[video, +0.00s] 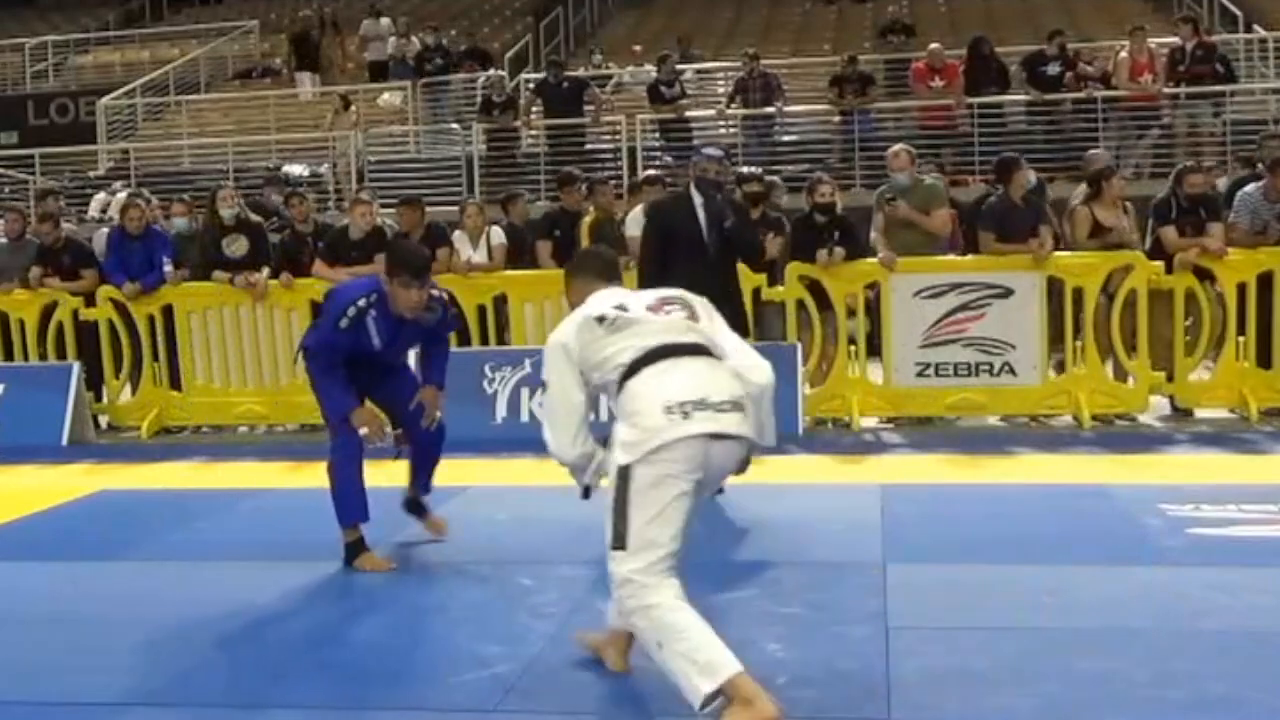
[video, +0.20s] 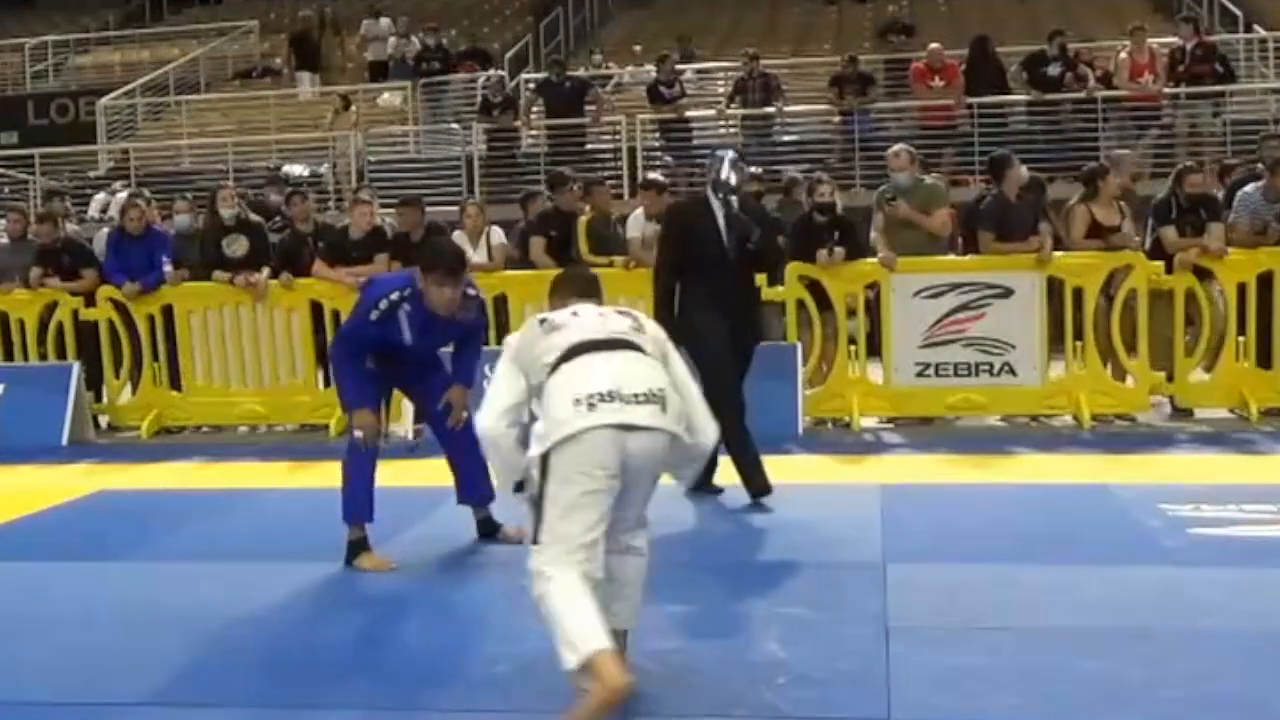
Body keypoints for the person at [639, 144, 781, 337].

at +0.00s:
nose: (711, 178)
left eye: (719, 173)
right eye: (704, 171)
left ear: (727, 176)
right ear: (692, 171)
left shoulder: (734, 209)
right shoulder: (663, 210)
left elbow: (756, 260)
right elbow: (649, 270)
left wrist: (729, 217)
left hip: (726, 315)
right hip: (678, 315)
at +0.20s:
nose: (728, 184)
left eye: (735, 176)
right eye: (722, 175)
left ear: (744, 178)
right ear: (709, 176)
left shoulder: (750, 212)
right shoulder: (683, 215)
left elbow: (772, 262)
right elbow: (665, 274)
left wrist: (751, 228)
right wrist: (665, 325)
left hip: (743, 315)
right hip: (700, 316)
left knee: (723, 395)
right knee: (725, 396)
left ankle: (701, 475)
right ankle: (757, 483)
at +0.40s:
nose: (743, 172)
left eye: (750, 166)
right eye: (737, 166)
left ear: (759, 171)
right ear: (724, 170)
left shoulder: (776, 211)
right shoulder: (702, 214)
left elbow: (790, 260)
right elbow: (688, 275)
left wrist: (797, 291)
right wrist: (687, 329)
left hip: (767, 312)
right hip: (724, 314)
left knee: (760, 393)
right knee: (742, 395)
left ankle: (714, 457)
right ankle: (760, 487)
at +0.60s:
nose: (763, 168)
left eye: (769, 162)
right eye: (757, 161)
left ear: (779, 166)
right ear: (744, 164)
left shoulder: (795, 209)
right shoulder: (720, 210)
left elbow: (809, 271)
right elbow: (712, 273)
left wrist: (828, 322)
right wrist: (723, 326)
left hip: (789, 322)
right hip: (745, 323)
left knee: (810, 391)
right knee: (751, 408)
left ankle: (776, 464)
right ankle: (759, 487)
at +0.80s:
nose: (791, 165)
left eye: (796, 159)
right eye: (784, 159)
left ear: (807, 165)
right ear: (772, 164)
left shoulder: (820, 208)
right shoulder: (749, 207)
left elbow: (829, 266)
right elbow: (739, 269)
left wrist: (837, 315)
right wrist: (758, 318)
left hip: (817, 324)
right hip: (769, 325)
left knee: (836, 409)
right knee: (764, 409)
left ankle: (865, 488)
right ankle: (762, 488)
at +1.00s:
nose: (824, 166)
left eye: (830, 159)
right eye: (817, 159)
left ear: (842, 164)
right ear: (804, 163)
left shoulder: (858, 207)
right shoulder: (785, 207)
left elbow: (869, 267)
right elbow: (772, 271)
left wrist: (883, 322)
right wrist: (783, 324)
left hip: (855, 328)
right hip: (808, 329)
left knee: (860, 418)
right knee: (791, 412)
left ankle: (873, 496)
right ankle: (767, 489)